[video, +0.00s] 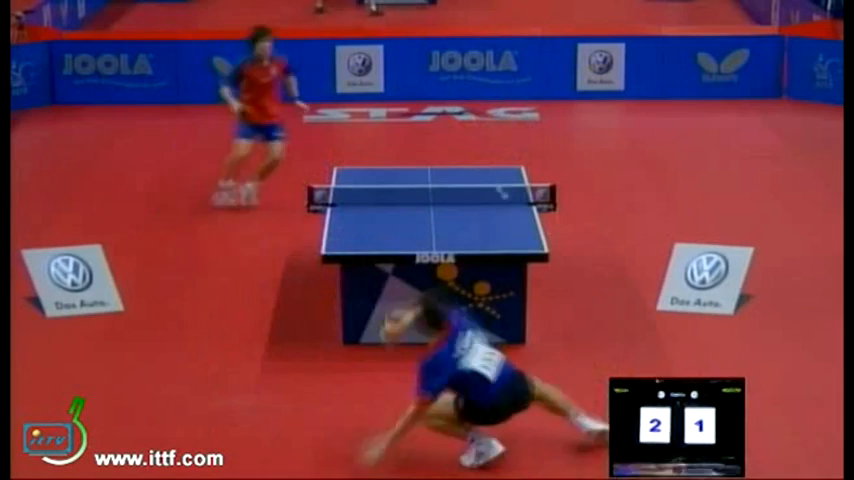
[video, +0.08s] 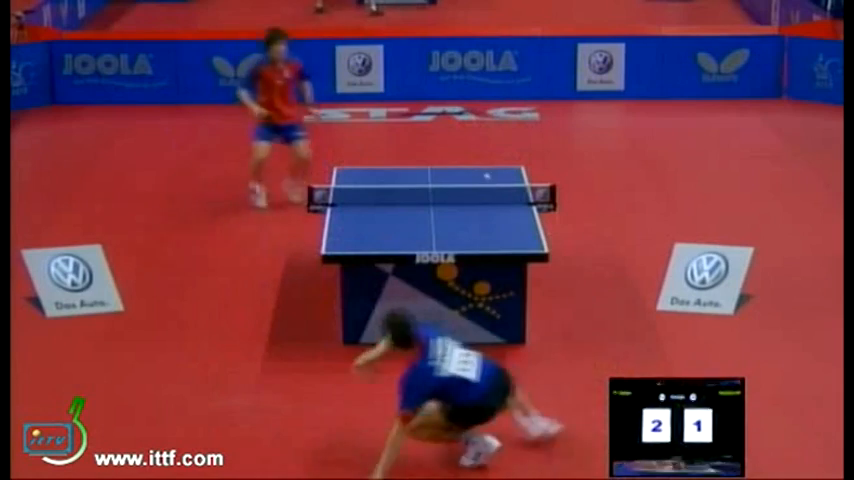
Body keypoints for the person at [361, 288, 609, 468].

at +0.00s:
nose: (414, 319)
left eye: (418, 317)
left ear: (424, 327)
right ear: (444, 316)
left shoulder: (436, 362)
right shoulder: (463, 321)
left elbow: (419, 410)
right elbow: (432, 308)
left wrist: (386, 443)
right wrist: (406, 319)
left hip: (489, 412)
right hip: (518, 390)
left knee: (425, 416)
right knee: (537, 387)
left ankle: (482, 444)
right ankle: (583, 420)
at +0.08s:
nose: (387, 347)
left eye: (388, 341)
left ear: (395, 344)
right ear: (411, 330)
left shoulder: (414, 378)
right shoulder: (428, 335)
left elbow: (401, 427)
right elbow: (394, 339)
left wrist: (380, 471)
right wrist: (369, 356)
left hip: (483, 407)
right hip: (500, 380)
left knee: (414, 428)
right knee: (496, 377)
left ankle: (476, 442)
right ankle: (533, 421)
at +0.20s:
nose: (347, 350)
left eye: (350, 347)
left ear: (356, 348)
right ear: (370, 331)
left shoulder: (382, 379)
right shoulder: (386, 333)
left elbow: (385, 430)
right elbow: (361, 345)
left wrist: (381, 472)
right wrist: (340, 362)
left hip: (449, 401)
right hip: (458, 370)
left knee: (396, 454)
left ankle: (458, 439)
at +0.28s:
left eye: (326, 337)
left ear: (334, 340)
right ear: (345, 320)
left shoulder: (358, 371)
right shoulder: (361, 323)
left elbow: (372, 424)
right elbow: (343, 336)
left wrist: (374, 471)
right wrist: (326, 343)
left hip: (420, 396)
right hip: (429, 365)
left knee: (388, 461)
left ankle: (450, 435)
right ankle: (337, 414)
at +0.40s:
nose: (283, 311)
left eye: (284, 307)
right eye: (284, 307)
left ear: (292, 311)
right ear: (307, 299)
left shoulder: (317, 343)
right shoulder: (324, 307)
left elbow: (334, 391)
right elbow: (297, 319)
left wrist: (343, 438)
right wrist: (276, 328)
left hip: (375, 382)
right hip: (358, 366)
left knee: (389, 450)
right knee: (295, 381)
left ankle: (458, 429)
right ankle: (286, 442)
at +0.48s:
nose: (262, 291)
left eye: (260, 288)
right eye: (267, 285)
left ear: (263, 293)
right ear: (283, 281)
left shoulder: (291, 323)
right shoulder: (301, 296)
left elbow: (311, 367)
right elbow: (278, 312)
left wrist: (316, 411)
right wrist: (249, 328)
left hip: (347, 374)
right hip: (328, 362)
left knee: (360, 440)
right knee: (269, 389)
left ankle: (433, 434)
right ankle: (282, 444)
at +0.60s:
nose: (222, 277)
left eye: (221, 272)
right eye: (219, 272)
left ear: (230, 270)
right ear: (240, 262)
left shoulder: (262, 290)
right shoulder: (254, 283)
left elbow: (294, 333)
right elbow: (245, 313)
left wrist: (284, 375)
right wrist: (212, 332)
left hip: (307, 352)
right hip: (279, 349)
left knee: (301, 426)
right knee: (246, 395)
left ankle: (370, 428)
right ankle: (280, 444)